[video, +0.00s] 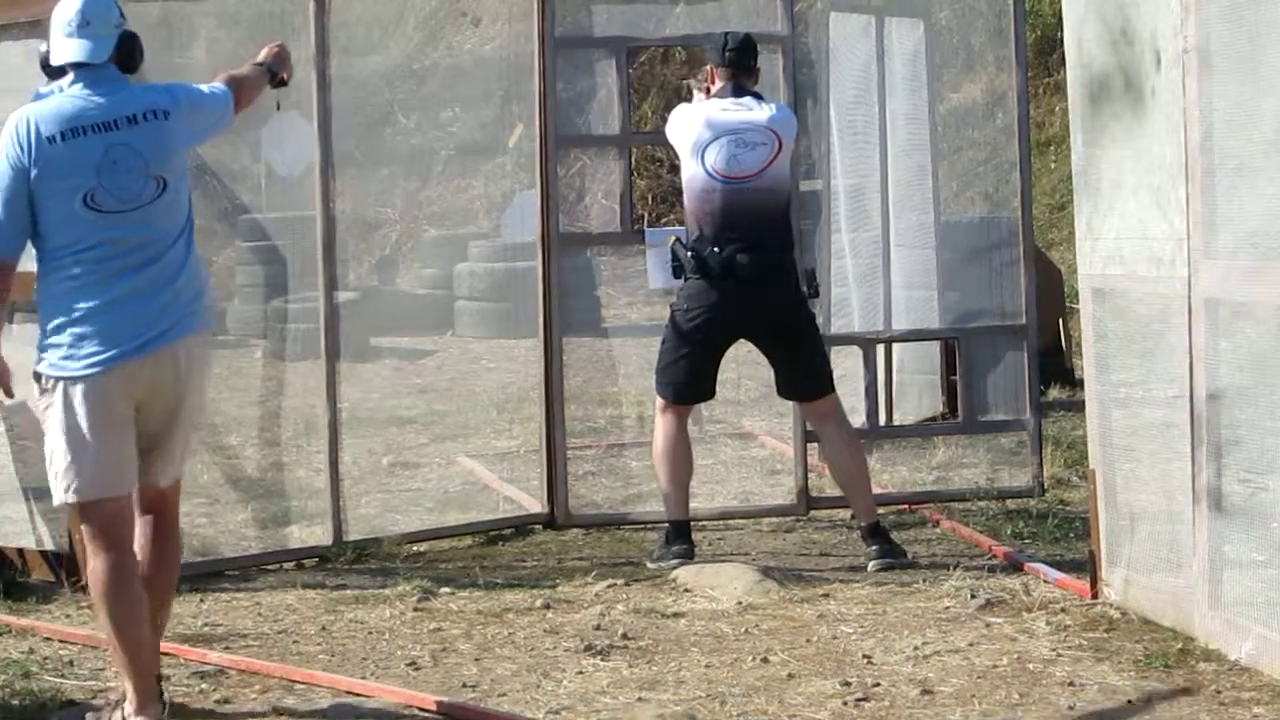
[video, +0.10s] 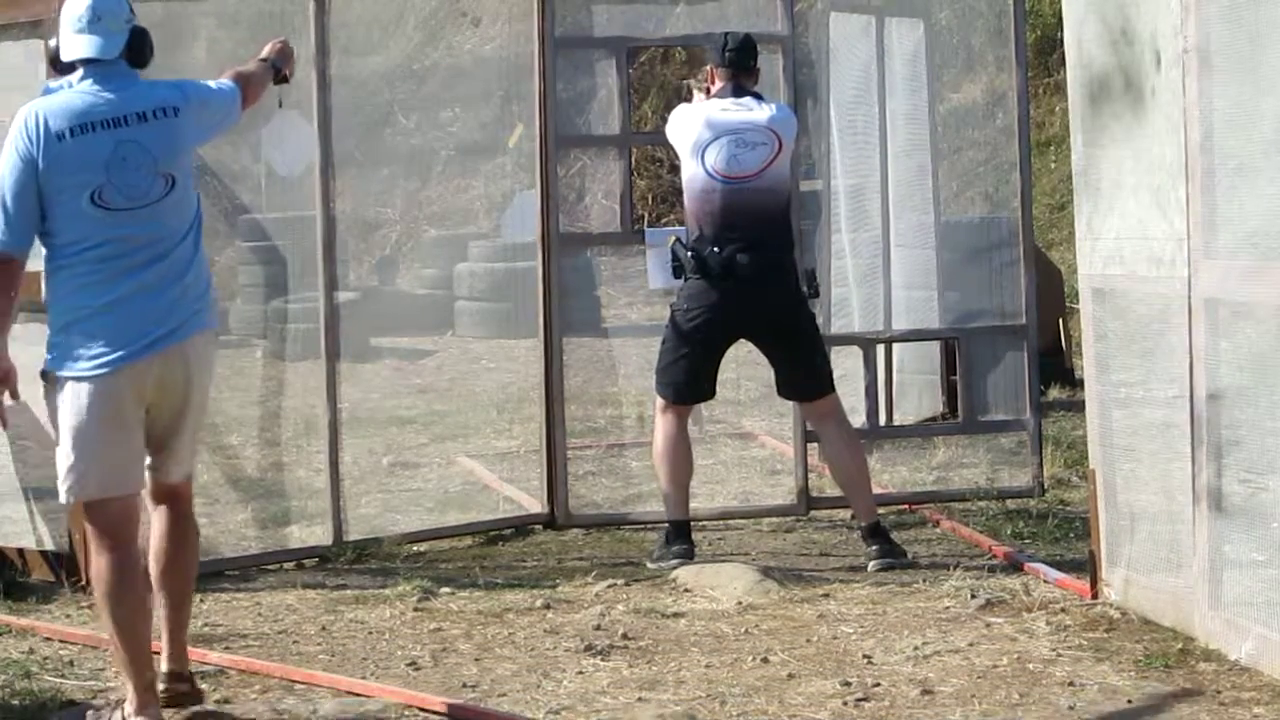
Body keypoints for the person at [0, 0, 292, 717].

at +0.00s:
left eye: (56, 51)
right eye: (120, 46)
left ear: (52, 56)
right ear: (123, 49)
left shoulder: (25, 129)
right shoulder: (169, 107)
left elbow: (7, 271)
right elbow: (237, 93)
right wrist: (269, 64)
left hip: (84, 351)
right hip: (177, 332)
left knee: (106, 539)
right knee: (159, 510)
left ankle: (145, 703)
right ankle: (141, 686)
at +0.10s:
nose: (52, 61)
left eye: (54, 51)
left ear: (57, 55)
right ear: (132, 47)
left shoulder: (36, 123)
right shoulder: (175, 104)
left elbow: (11, 256)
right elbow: (242, 90)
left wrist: (0, 350)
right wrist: (271, 60)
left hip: (93, 351)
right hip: (184, 331)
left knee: (112, 536)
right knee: (173, 493)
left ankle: (141, 702)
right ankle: (176, 664)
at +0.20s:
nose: (65, 52)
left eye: (68, 43)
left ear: (73, 51)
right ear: (146, 47)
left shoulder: (49, 120)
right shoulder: (191, 104)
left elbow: (17, 255)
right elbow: (250, 86)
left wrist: (6, 353)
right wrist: (277, 54)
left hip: (101, 352)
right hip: (195, 335)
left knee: (114, 535)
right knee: (192, 495)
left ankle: (142, 703)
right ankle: (225, 653)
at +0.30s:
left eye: (84, 50)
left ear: (87, 52)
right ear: (162, 47)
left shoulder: (64, 120)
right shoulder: (206, 103)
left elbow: (33, 256)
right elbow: (262, 81)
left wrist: (16, 357)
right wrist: (286, 47)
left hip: (110, 356)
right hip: (206, 338)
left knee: (119, 536)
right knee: (218, 505)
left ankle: (141, 704)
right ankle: (276, 653)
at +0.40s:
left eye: (100, 56)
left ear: (103, 56)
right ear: (180, 49)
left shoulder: (82, 121)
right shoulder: (224, 103)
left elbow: (52, 255)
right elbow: (275, 79)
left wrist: (33, 354)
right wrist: (298, 47)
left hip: (126, 359)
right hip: (222, 345)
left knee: (125, 533)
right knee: (248, 519)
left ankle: (143, 704)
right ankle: (315, 675)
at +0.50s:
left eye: (121, 59)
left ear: (124, 59)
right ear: (200, 51)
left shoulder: (105, 123)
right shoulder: (244, 105)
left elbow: (74, 262)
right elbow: (291, 77)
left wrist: (58, 365)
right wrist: (311, 43)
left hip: (145, 361)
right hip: (243, 348)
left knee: (135, 539)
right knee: (275, 529)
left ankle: (144, 703)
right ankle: (327, 694)